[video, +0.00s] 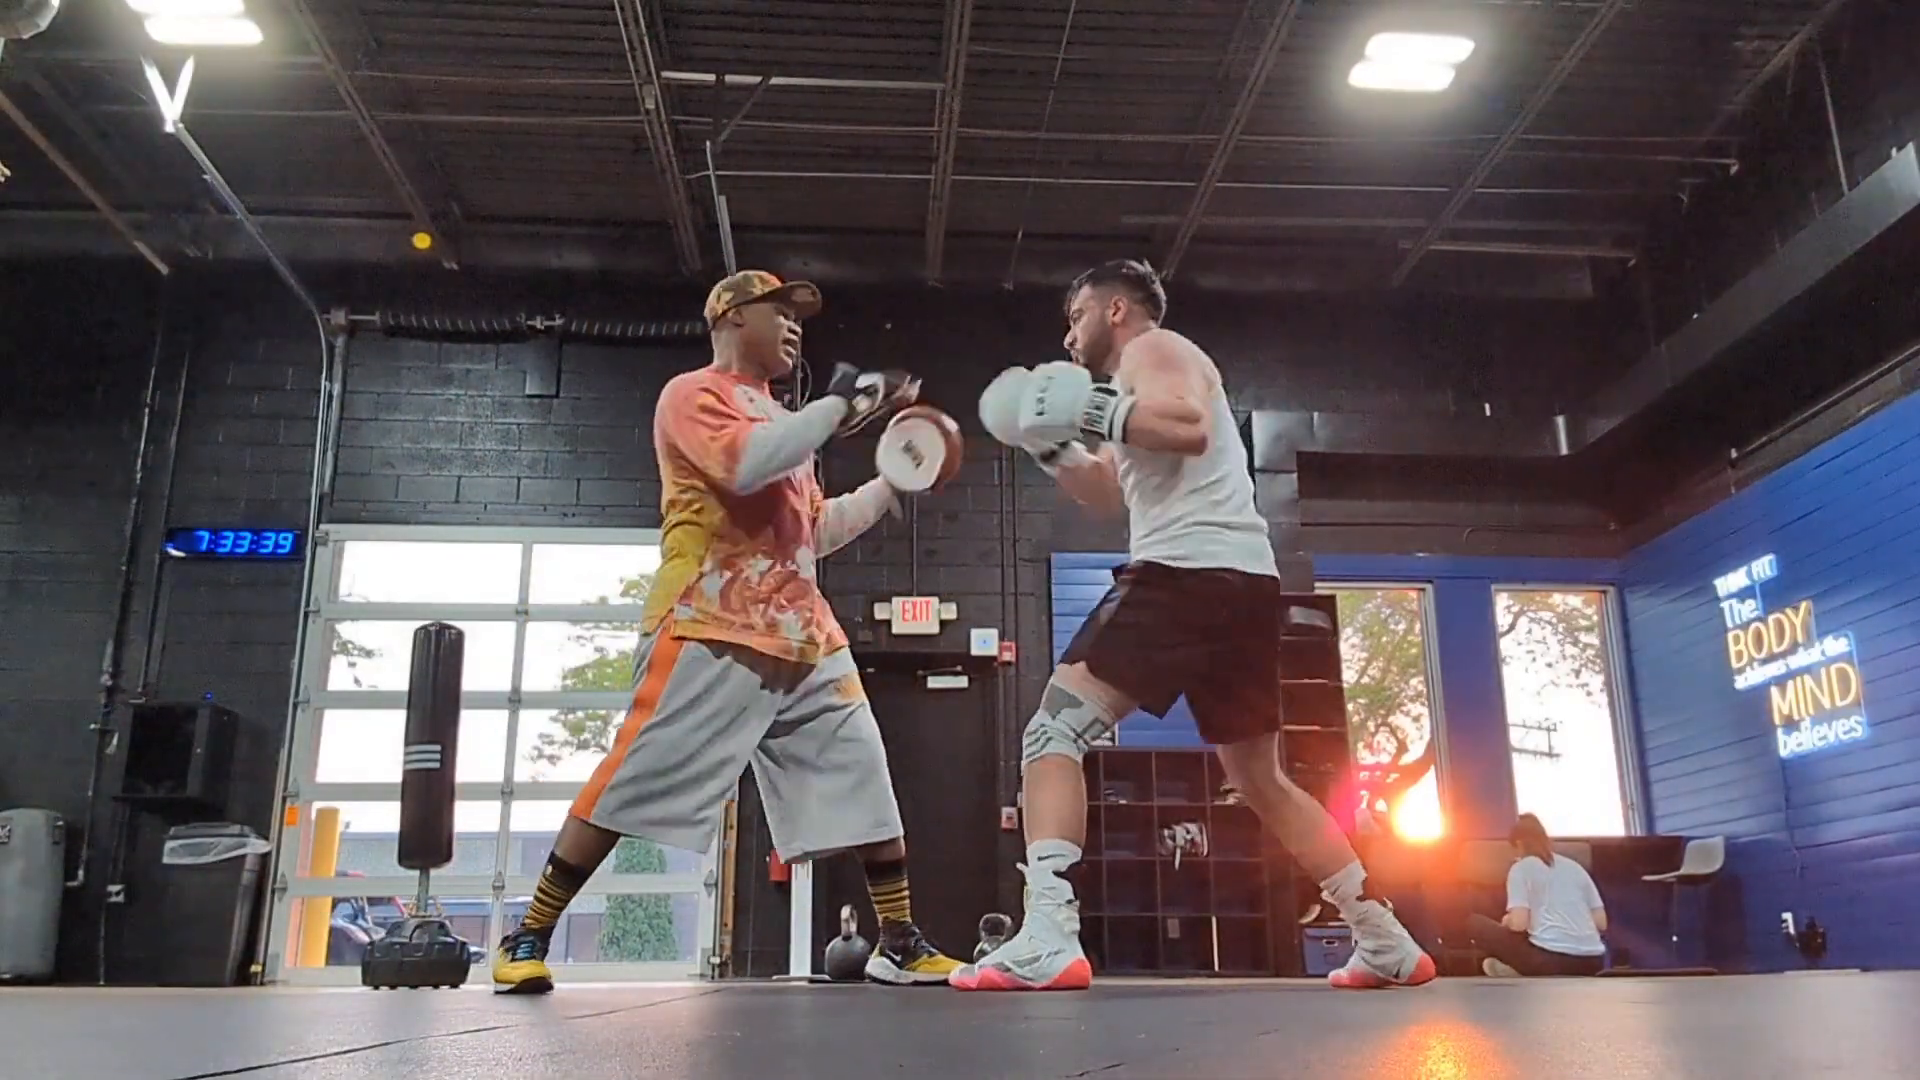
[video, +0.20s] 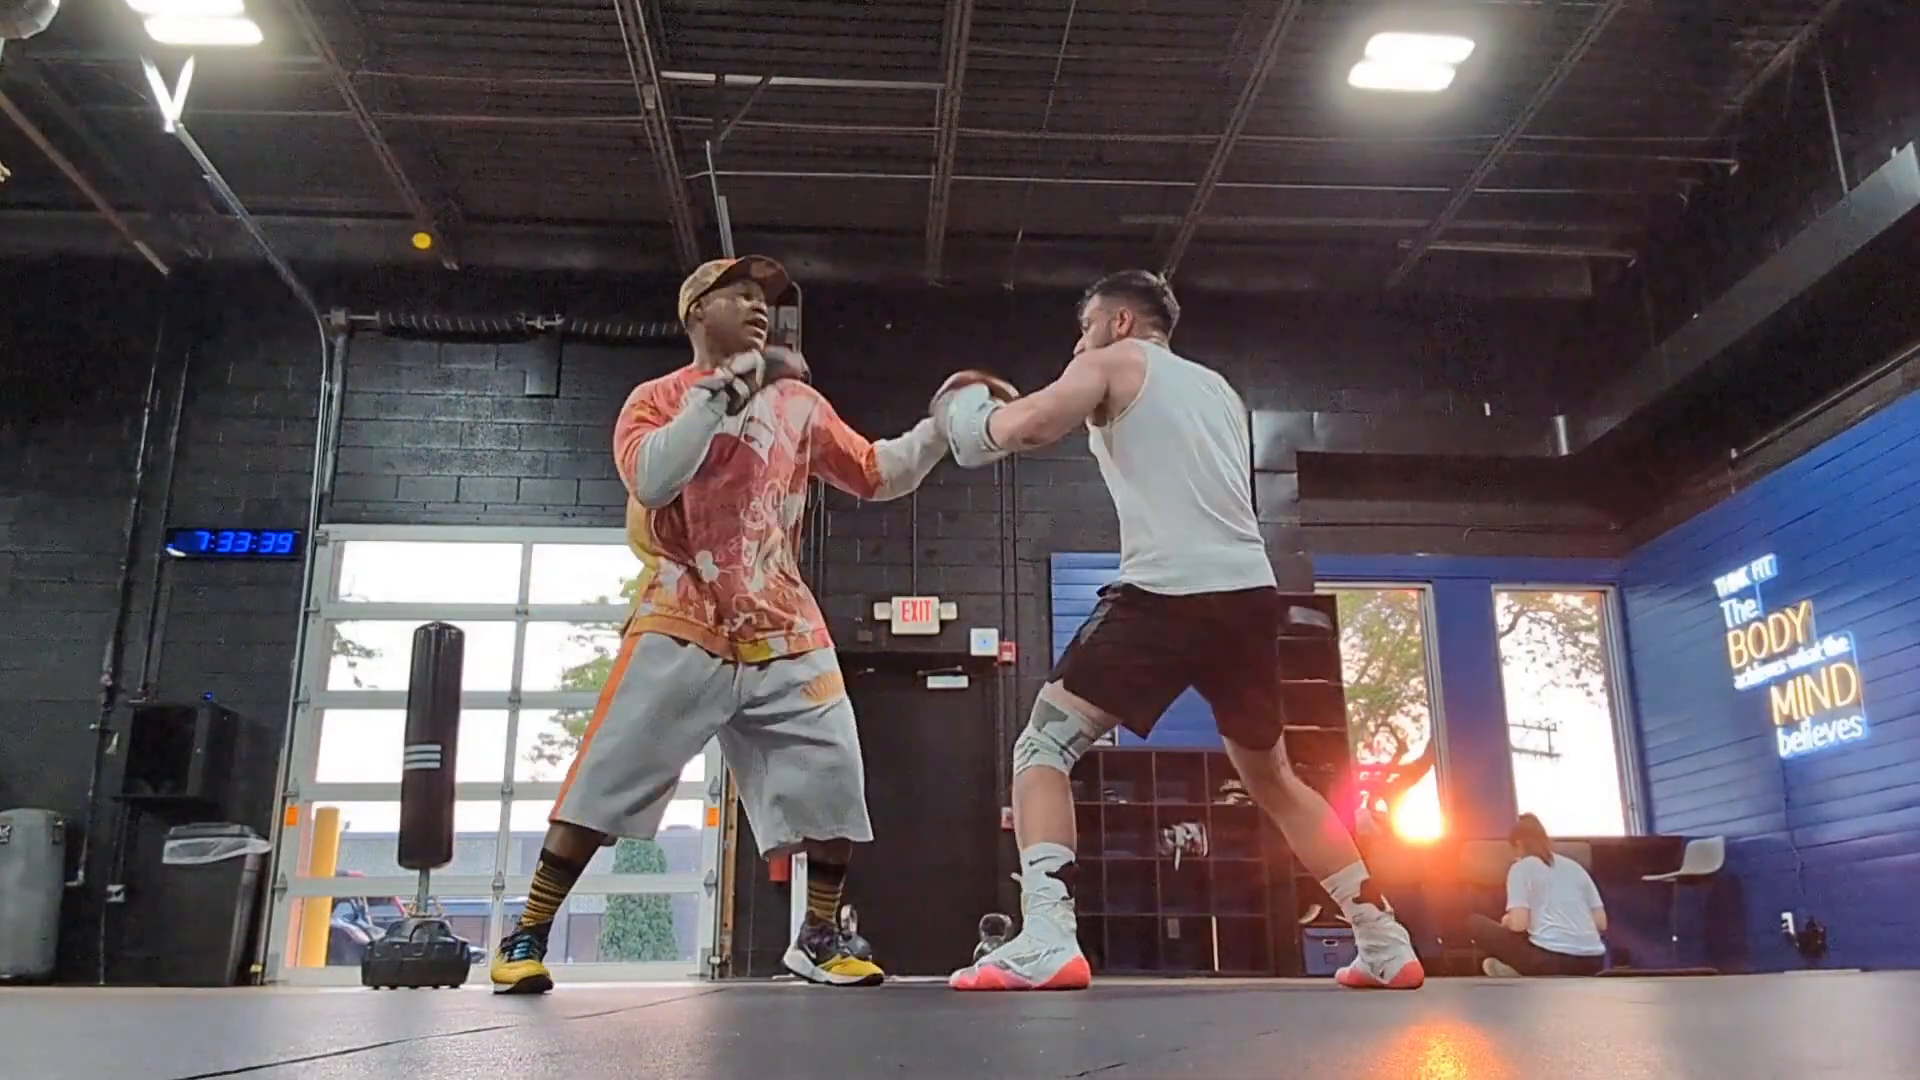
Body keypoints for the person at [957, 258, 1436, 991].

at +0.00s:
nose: (1069, 334)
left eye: (1076, 316)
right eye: (1068, 322)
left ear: (1117, 306)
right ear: (1122, 313)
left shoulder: (1151, 348)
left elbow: (1189, 425)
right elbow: (1107, 497)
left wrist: (1090, 407)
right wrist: (1047, 443)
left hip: (1181, 574)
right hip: (1249, 581)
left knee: (1055, 734)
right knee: (1260, 781)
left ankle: (1047, 935)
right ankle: (1384, 940)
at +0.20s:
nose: (1083, 339)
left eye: (1088, 324)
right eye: (1084, 327)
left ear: (1122, 316)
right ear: (1156, 325)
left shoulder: (1110, 361)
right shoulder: (1221, 390)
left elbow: (1028, 427)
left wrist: (975, 416)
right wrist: (1019, 401)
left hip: (1160, 597)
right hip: (1250, 597)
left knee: (1045, 749)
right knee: (1272, 777)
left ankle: (1046, 935)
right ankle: (1383, 941)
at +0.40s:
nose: (1049, 320)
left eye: (1060, 303)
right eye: (1050, 307)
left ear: (1107, 305)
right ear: (1100, 313)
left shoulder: (1168, 355)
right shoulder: (1079, 389)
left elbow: (1199, 442)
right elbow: (994, 414)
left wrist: (1094, 452)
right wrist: (926, 361)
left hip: (1195, 579)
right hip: (1202, 588)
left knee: (1070, 724)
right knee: (1254, 785)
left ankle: (1047, 935)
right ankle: (1401, 935)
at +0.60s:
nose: (1072, 362)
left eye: (1077, 344)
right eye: (1072, 349)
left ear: (1114, 332)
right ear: (1140, 339)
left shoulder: (1120, 371)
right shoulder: (1192, 399)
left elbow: (1122, 471)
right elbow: (1198, 508)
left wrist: (1092, 520)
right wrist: (1123, 512)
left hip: (1192, 585)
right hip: (1261, 594)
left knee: (1067, 740)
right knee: (1259, 781)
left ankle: (1045, 934)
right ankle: (1386, 936)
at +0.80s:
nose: (1103, 403)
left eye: (1105, 393)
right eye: (1103, 396)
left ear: (1127, 378)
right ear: (1174, 381)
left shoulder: (1113, 402)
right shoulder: (1238, 422)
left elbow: (1066, 479)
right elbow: (1274, 514)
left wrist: (1096, 564)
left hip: (1188, 573)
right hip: (1273, 580)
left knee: (1068, 738)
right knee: (1269, 774)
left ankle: (1050, 929)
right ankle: (1383, 937)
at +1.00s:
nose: (1054, 374)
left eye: (1062, 356)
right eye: (1055, 361)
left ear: (1101, 346)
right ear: (1102, 352)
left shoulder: (1143, 360)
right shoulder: (1128, 431)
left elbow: (1135, 438)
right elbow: (1167, 547)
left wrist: (1063, 438)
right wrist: (1084, 585)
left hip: (1190, 575)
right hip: (1234, 591)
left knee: (1055, 722)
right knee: (1226, 793)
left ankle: (1044, 931)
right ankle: (1378, 925)